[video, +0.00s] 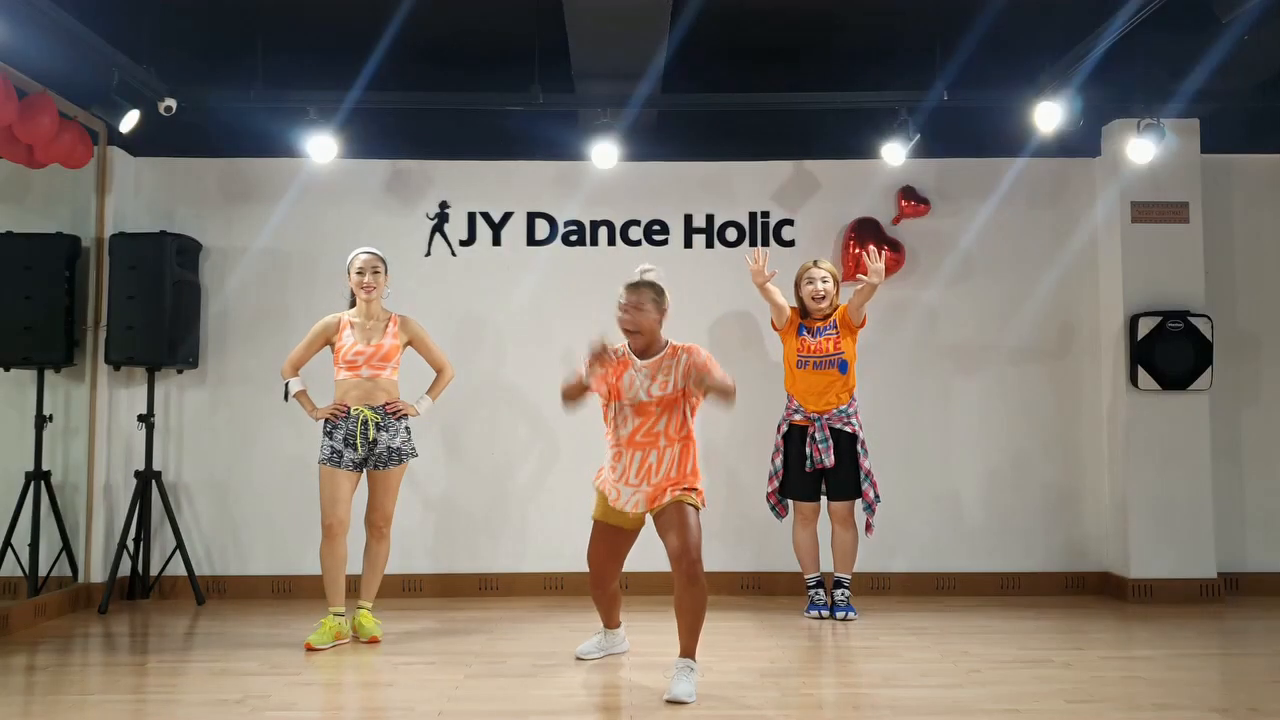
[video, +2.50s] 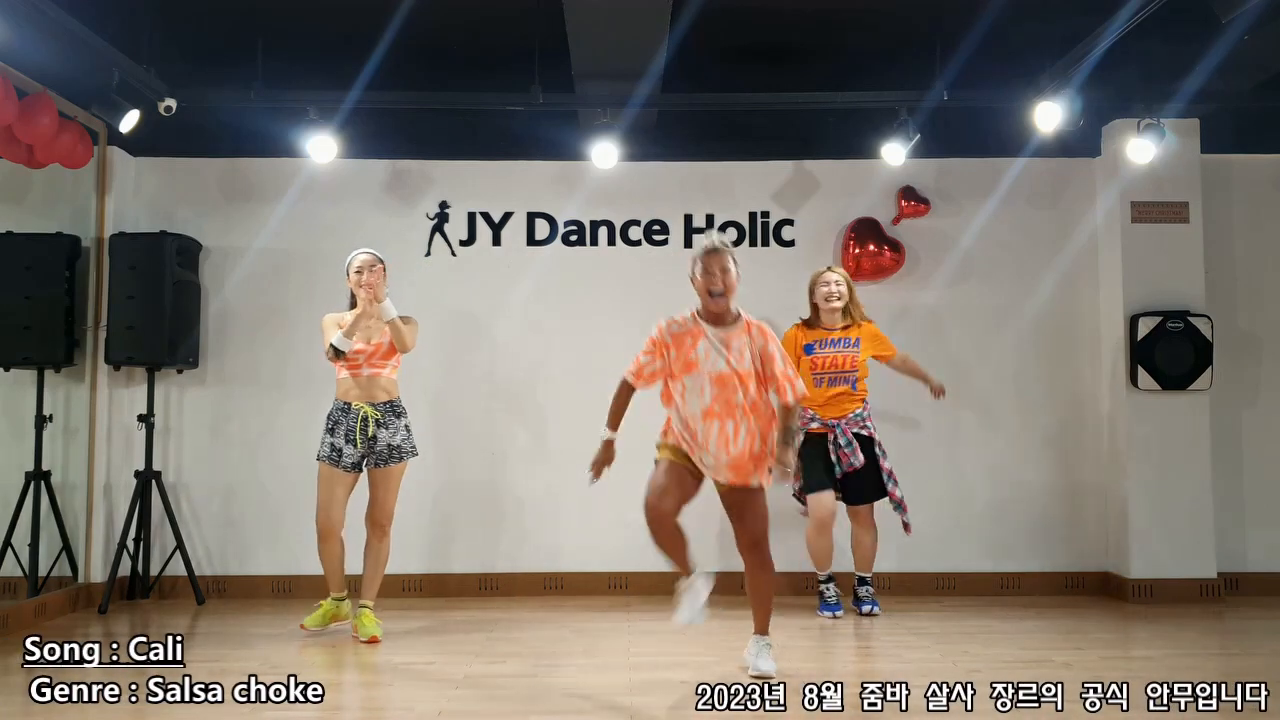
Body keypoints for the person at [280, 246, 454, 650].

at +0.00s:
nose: (367, 279)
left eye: (375, 272)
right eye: (360, 273)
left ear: (386, 280)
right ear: (349, 280)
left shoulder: (403, 326)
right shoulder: (333, 326)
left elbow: (447, 370)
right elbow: (289, 369)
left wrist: (419, 407)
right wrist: (314, 410)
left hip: (389, 428)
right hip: (341, 427)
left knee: (379, 525)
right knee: (332, 526)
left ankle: (365, 612)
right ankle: (336, 618)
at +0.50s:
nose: (379, 275)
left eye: (380, 269)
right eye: (370, 271)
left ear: (383, 279)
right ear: (349, 283)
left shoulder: (399, 325)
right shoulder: (334, 321)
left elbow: (451, 344)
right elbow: (338, 346)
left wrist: (449, 300)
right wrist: (360, 318)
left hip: (388, 423)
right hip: (343, 423)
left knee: (379, 525)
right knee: (328, 524)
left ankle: (365, 612)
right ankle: (335, 617)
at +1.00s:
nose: (380, 282)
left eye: (383, 276)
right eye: (369, 276)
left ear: (389, 284)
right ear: (349, 285)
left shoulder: (395, 326)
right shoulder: (332, 321)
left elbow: (450, 336)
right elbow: (354, 338)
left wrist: (445, 300)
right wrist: (385, 300)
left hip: (391, 424)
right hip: (345, 424)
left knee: (379, 525)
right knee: (330, 525)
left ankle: (364, 611)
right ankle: (335, 617)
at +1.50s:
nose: (364, 271)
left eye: (369, 266)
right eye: (355, 267)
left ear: (379, 278)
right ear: (342, 282)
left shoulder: (395, 324)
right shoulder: (329, 320)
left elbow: (447, 338)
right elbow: (337, 336)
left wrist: (441, 295)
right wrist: (356, 301)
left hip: (389, 422)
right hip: (343, 422)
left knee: (378, 525)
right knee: (328, 524)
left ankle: (364, 612)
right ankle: (335, 618)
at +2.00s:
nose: (369, 276)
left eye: (376, 270)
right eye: (361, 271)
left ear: (386, 279)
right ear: (350, 281)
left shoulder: (401, 320)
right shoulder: (335, 320)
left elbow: (410, 346)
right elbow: (343, 350)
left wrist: (395, 301)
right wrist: (364, 316)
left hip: (392, 423)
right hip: (346, 422)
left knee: (380, 526)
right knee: (332, 525)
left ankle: (364, 612)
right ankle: (335, 617)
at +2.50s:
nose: (367, 276)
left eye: (374, 269)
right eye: (359, 271)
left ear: (385, 278)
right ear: (349, 281)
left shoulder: (401, 321)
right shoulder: (334, 320)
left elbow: (404, 345)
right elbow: (335, 350)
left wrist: (386, 306)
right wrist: (359, 316)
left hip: (389, 423)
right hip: (344, 422)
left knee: (379, 524)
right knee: (327, 524)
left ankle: (366, 609)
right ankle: (336, 601)